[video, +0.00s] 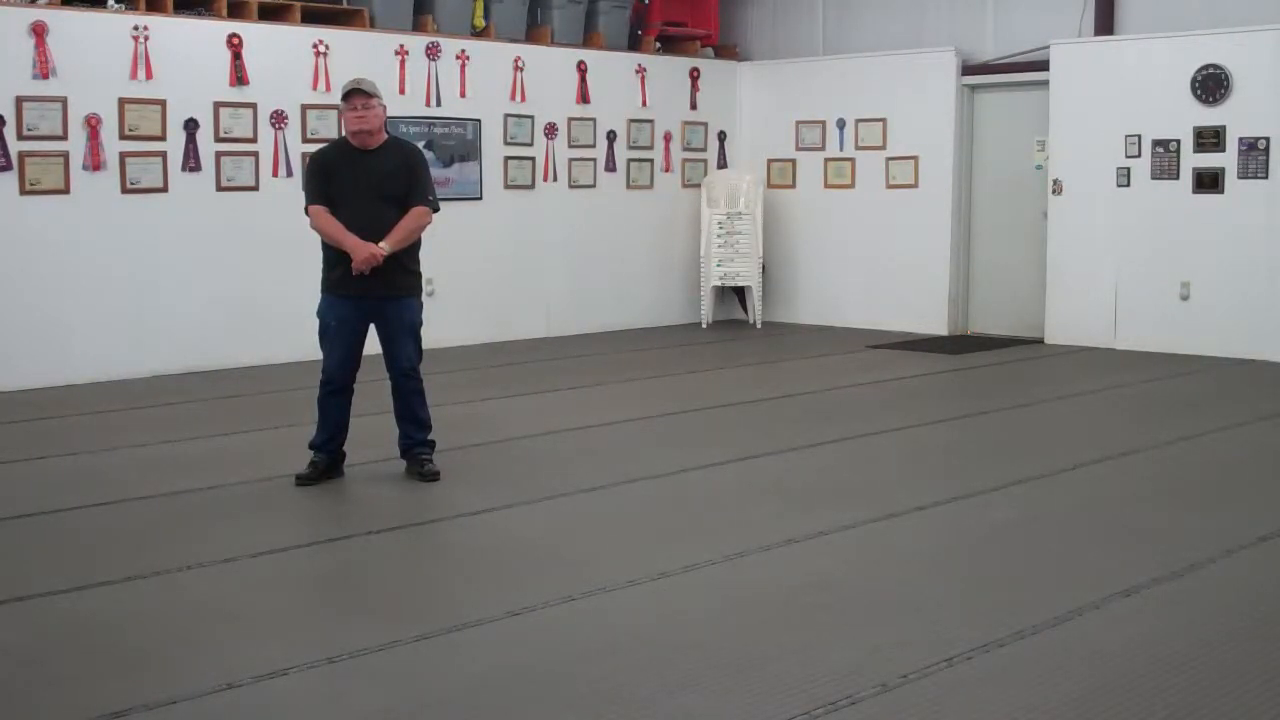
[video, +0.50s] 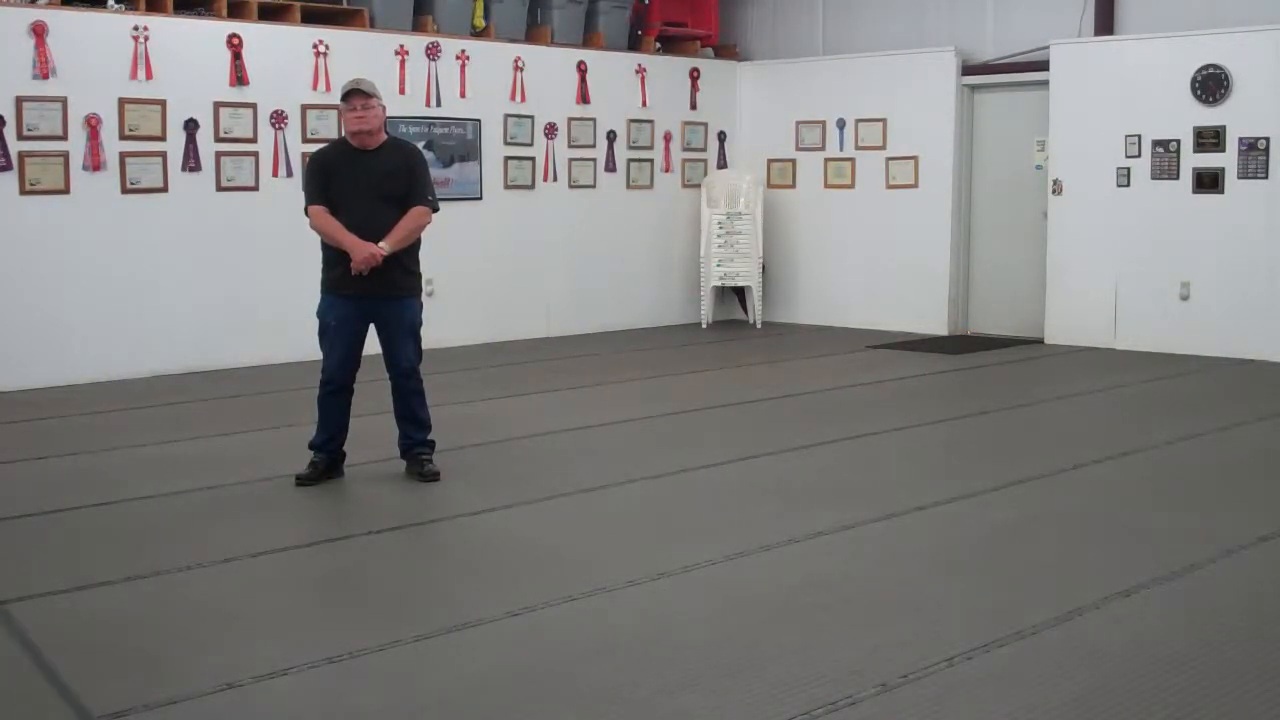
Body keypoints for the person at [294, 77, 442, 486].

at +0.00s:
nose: (359, 114)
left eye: (366, 107)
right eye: (351, 109)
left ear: (383, 112)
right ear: (341, 117)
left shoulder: (408, 155)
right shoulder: (323, 160)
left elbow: (422, 213)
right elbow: (317, 215)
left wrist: (380, 250)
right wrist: (356, 247)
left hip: (398, 286)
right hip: (343, 287)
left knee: (406, 372)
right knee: (335, 375)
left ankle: (419, 452)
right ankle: (327, 455)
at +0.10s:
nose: (359, 114)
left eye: (366, 107)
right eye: (351, 109)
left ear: (383, 112)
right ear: (341, 117)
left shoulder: (408, 155)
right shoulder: (323, 160)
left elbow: (423, 213)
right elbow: (317, 215)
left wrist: (380, 250)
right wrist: (356, 247)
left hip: (398, 286)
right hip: (343, 287)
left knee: (406, 372)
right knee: (335, 375)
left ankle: (419, 452)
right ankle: (327, 455)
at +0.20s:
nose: (359, 114)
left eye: (366, 107)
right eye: (351, 109)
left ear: (383, 112)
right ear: (341, 117)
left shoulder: (408, 155)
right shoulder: (323, 160)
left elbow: (422, 213)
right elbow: (317, 215)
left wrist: (379, 250)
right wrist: (355, 246)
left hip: (398, 287)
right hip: (343, 288)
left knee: (406, 372)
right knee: (335, 375)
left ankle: (419, 452)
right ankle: (327, 455)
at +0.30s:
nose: (359, 114)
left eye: (367, 107)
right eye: (351, 108)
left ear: (382, 112)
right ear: (341, 116)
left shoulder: (407, 155)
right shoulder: (323, 160)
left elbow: (422, 213)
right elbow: (317, 215)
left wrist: (379, 250)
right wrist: (356, 246)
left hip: (398, 287)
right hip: (343, 288)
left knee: (406, 373)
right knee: (335, 375)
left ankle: (419, 452)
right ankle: (327, 455)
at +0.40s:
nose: (359, 114)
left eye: (367, 107)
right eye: (351, 109)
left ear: (382, 112)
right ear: (341, 117)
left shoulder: (407, 155)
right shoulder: (323, 161)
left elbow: (422, 213)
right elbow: (317, 215)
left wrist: (379, 250)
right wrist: (356, 246)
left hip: (398, 287)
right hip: (342, 288)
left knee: (406, 373)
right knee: (335, 375)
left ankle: (419, 452)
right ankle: (327, 455)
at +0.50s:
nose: (359, 114)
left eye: (366, 107)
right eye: (351, 109)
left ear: (382, 111)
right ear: (341, 117)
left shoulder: (407, 155)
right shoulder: (323, 161)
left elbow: (422, 213)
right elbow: (317, 215)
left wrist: (379, 250)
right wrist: (355, 246)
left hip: (398, 287)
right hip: (342, 288)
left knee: (406, 373)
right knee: (335, 375)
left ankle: (419, 452)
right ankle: (327, 455)